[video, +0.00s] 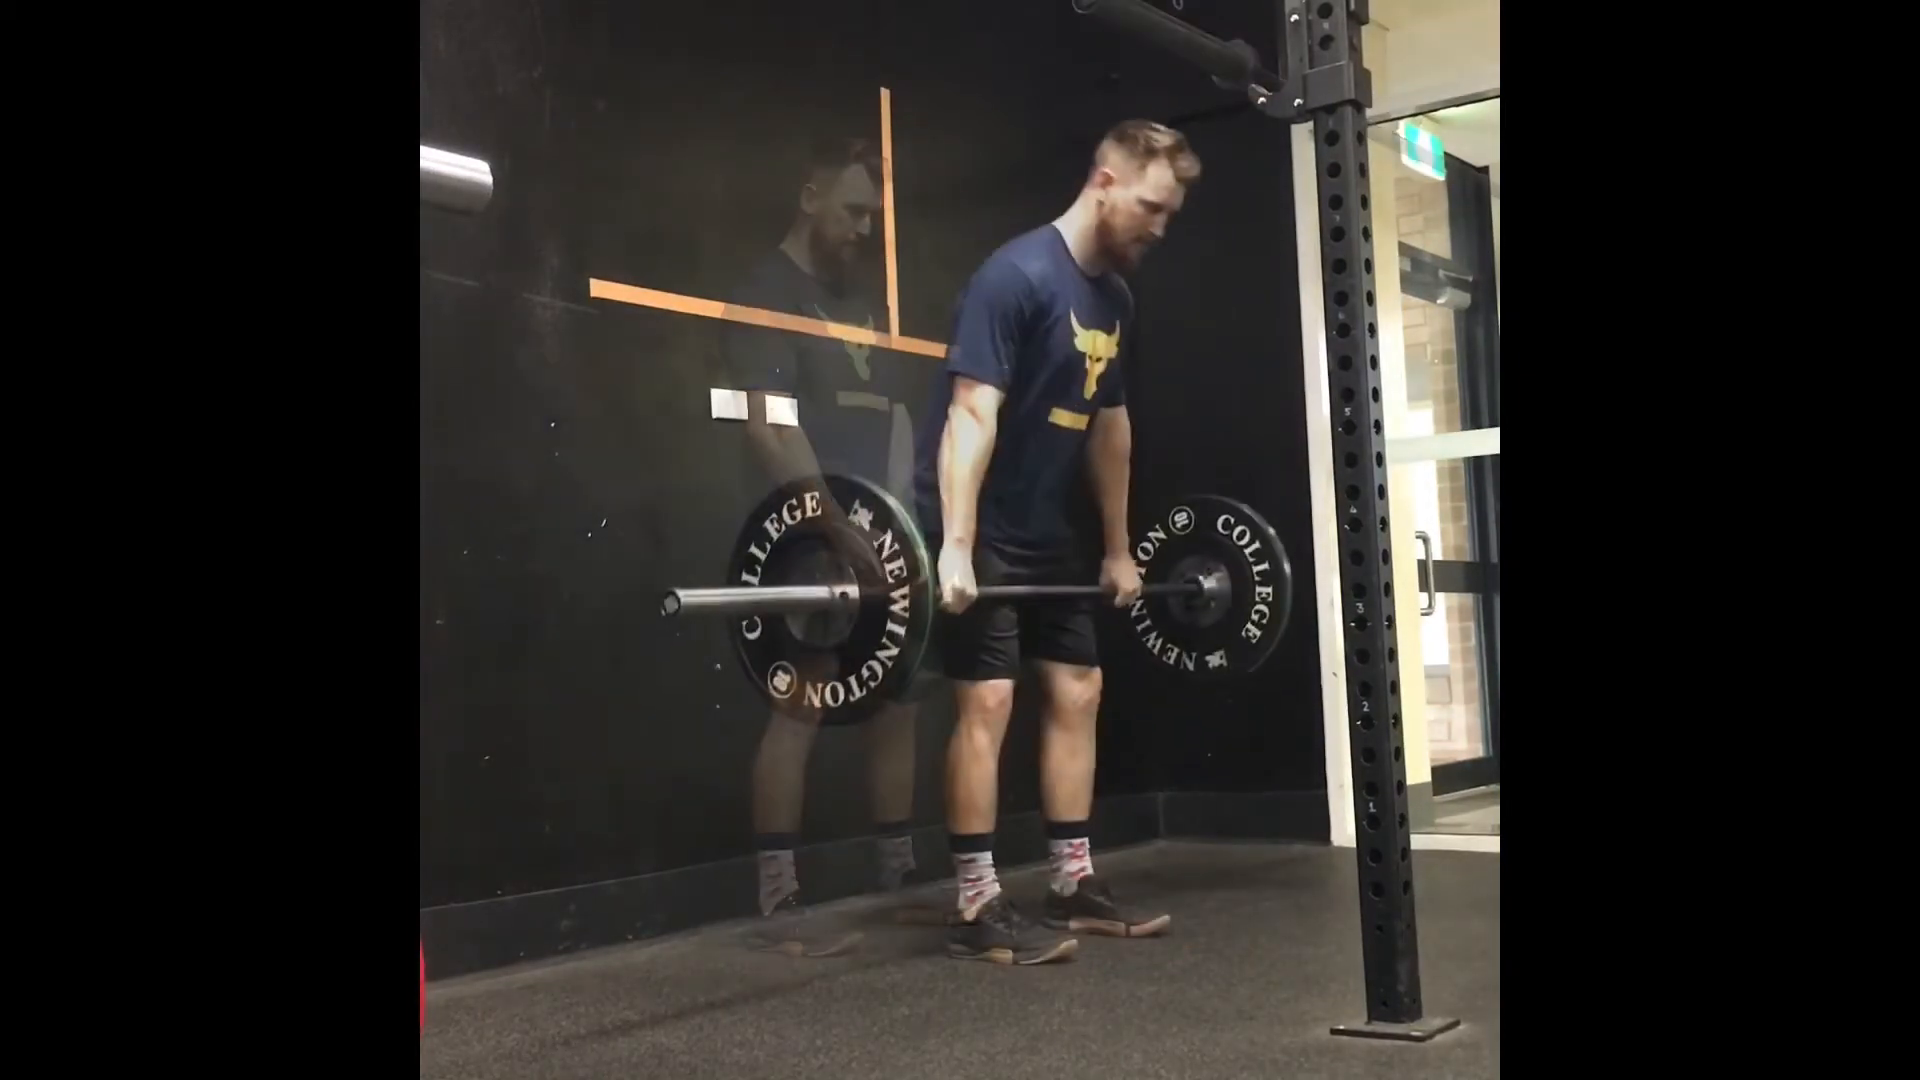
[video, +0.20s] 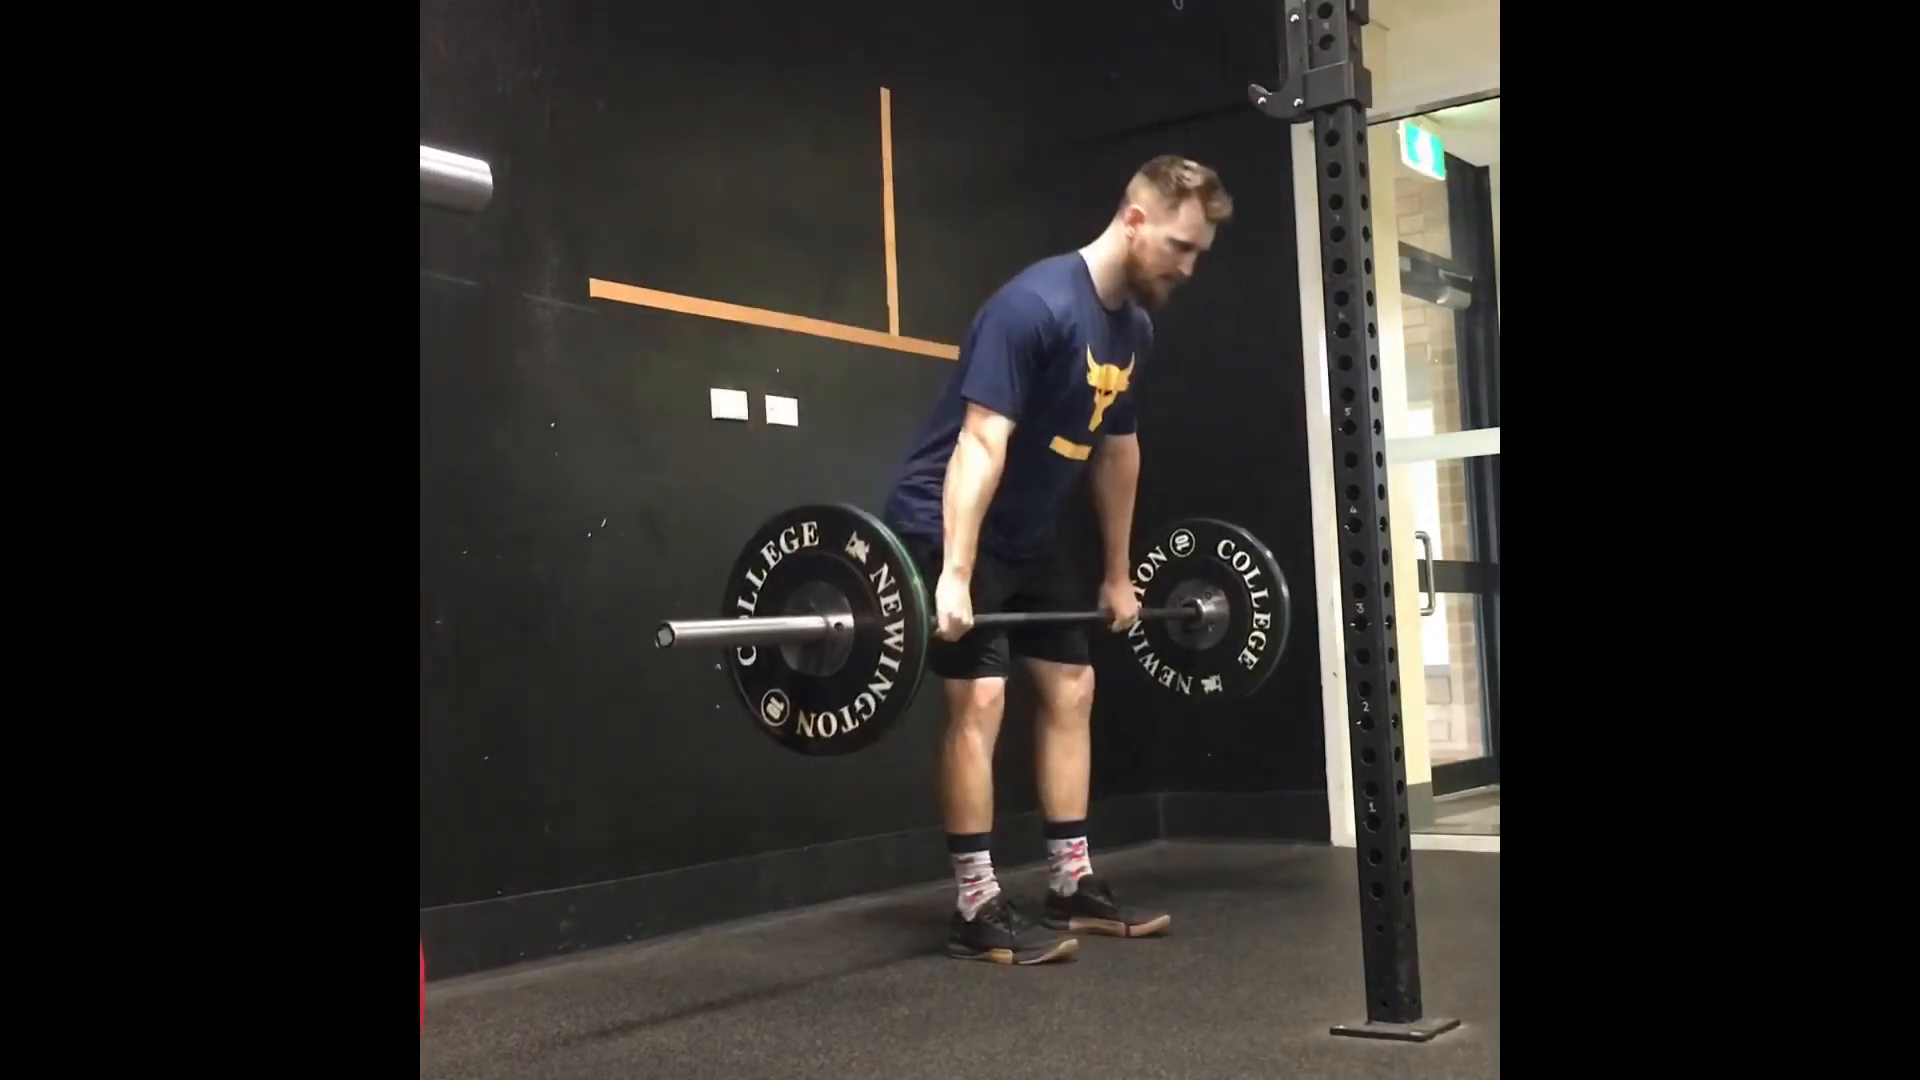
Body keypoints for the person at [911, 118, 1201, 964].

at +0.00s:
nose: (1162, 229)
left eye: (1170, 214)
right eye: (1156, 208)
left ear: (1123, 197)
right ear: (1105, 183)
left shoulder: (1114, 300)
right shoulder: (1013, 277)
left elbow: (1110, 423)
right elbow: (972, 412)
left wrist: (1118, 544)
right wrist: (956, 546)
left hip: (1060, 536)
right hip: (984, 533)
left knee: (1078, 689)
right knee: (987, 701)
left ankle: (1072, 886)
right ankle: (977, 906)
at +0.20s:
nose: (1188, 270)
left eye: (1197, 255)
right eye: (1182, 248)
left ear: (1157, 234)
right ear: (1132, 220)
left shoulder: (1132, 330)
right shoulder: (1033, 307)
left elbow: (1116, 448)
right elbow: (981, 442)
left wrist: (1119, 572)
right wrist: (954, 573)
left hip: (1038, 533)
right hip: (961, 529)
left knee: (1070, 689)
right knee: (979, 700)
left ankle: (1070, 884)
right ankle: (977, 904)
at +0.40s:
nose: (1203, 301)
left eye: (1213, 286)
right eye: (1196, 279)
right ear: (1147, 253)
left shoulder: (1141, 357)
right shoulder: (1042, 330)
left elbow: (1121, 474)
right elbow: (986, 466)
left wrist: (1122, 596)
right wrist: (958, 600)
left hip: (1025, 533)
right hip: (937, 528)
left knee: (1066, 683)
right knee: (974, 698)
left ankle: (1071, 886)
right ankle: (976, 905)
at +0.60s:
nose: (1211, 329)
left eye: (1221, 315)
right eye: (1205, 308)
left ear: (1173, 289)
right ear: (1157, 280)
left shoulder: (1148, 379)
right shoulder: (1048, 353)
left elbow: (1126, 493)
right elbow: (991, 489)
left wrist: (1124, 615)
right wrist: (960, 625)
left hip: (1017, 520)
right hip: (927, 516)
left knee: (1062, 679)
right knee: (969, 691)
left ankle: (1071, 884)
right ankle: (976, 906)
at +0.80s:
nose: (1218, 355)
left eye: (1229, 342)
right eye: (1212, 334)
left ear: (1173, 312)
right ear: (1165, 303)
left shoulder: (1150, 394)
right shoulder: (1055, 372)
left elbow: (1129, 512)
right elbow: (994, 507)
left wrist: (1124, 631)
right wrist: (960, 644)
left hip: (1011, 525)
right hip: (923, 522)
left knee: (1060, 681)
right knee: (964, 692)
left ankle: (1071, 884)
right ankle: (974, 906)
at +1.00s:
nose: (1220, 372)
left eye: (1230, 358)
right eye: (1214, 350)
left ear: (1173, 328)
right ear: (1166, 318)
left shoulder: (1151, 405)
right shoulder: (1054, 385)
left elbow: (1128, 520)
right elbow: (993, 518)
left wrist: (1122, 641)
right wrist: (958, 656)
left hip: (1010, 529)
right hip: (918, 527)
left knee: (1058, 685)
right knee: (961, 699)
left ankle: (1070, 884)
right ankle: (974, 906)